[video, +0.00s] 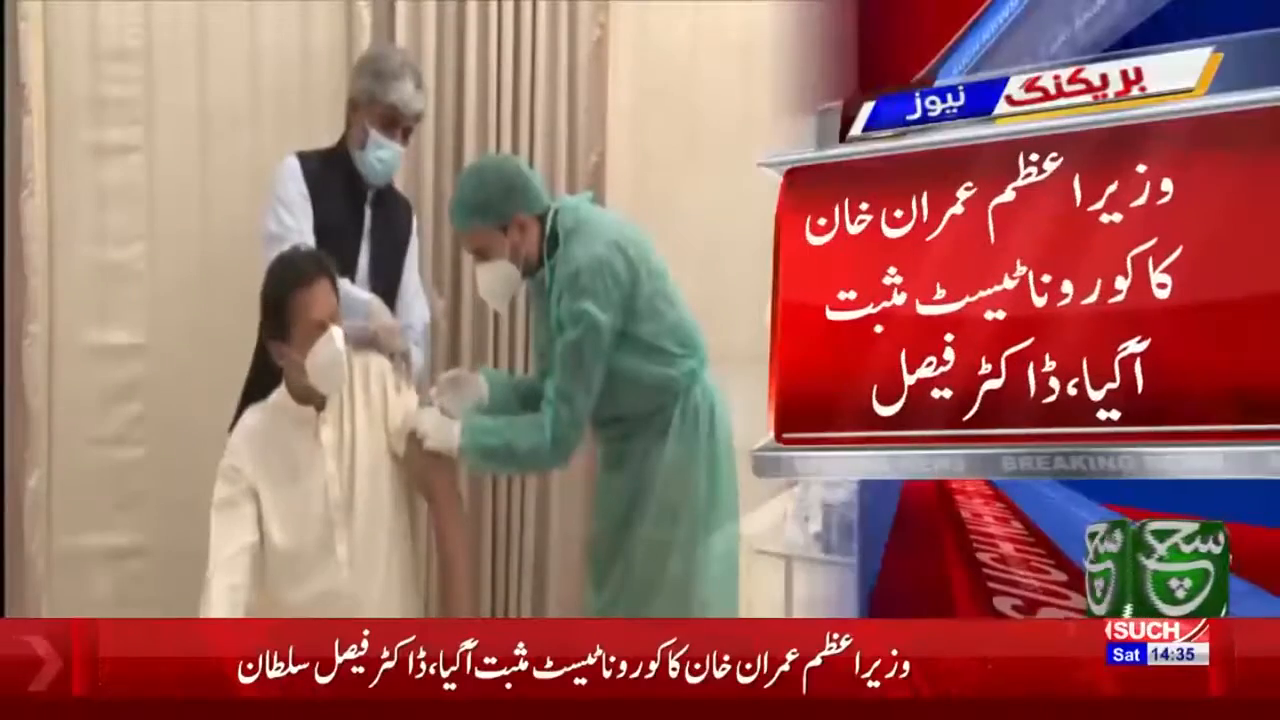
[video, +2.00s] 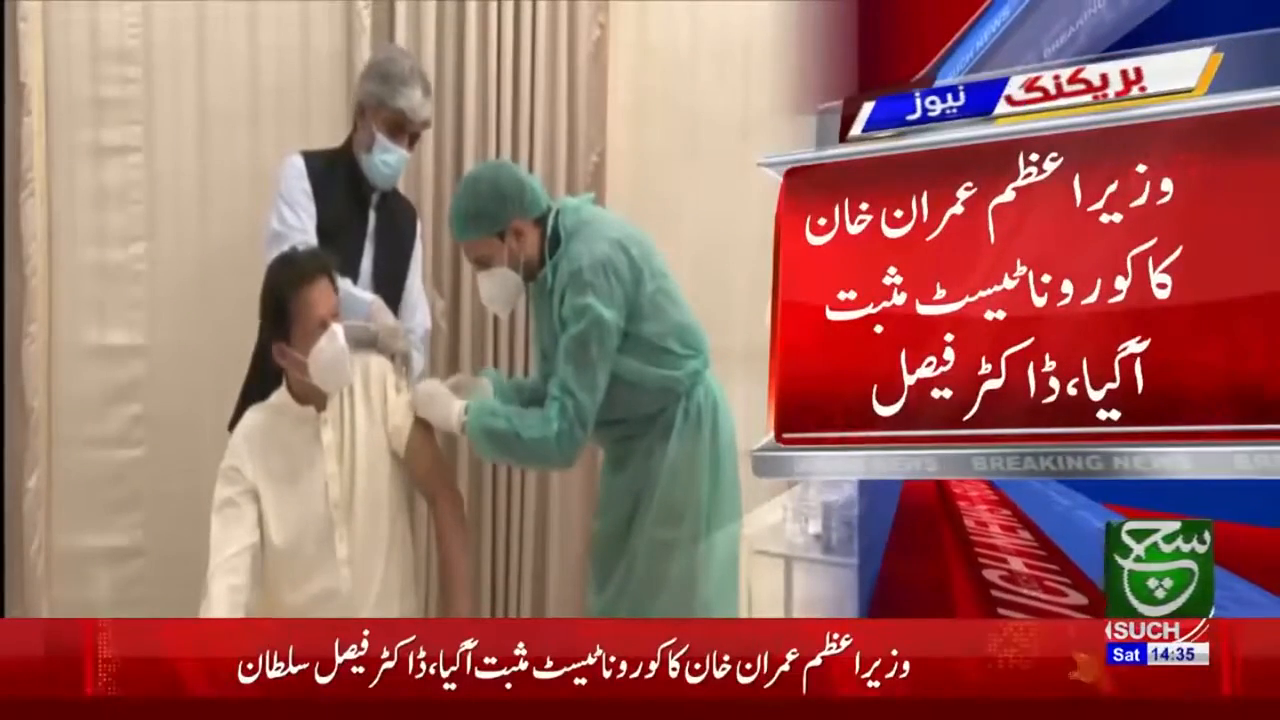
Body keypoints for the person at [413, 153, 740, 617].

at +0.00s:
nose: (481, 268)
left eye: (484, 254)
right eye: (475, 256)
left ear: (522, 228)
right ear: (522, 228)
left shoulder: (589, 260)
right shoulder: (552, 257)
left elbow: (558, 435)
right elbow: (551, 393)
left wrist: (459, 437)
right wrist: (485, 389)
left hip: (675, 432)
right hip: (628, 434)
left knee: (654, 596)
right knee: (614, 590)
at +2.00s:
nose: (483, 276)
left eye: (485, 263)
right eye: (476, 266)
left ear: (519, 233)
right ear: (519, 234)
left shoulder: (591, 261)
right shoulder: (553, 260)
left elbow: (562, 436)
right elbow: (554, 396)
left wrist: (461, 416)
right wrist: (488, 390)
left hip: (679, 434)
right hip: (632, 438)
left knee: (655, 604)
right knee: (614, 598)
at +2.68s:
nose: (487, 266)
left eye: (489, 252)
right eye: (480, 255)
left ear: (524, 224)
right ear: (526, 224)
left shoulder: (594, 256)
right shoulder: (562, 249)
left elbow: (565, 428)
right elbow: (581, 385)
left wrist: (461, 423)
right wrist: (514, 389)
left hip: (677, 436)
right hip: (634, 436)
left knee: (657, 605)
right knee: (616, 599)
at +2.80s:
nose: (488, 258)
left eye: (491, 244)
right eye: (482, 246)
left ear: (528, 218)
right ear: (528, 218)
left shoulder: (595, 254)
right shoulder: (565, 243)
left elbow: (565, 425)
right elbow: (586, 380)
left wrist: (463, 425)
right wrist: (523, 385)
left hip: (677, 436)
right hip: (633, 436)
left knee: (656, 605)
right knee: (614, 599)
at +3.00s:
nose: (493, 242)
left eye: (495, 228)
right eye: (487, 230)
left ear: (532, 204)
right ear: (531, 204)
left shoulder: (599, 248)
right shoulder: (568, 235)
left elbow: (569, 418)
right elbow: (583, 363)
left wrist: (471, 430)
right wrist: (532, 382)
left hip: (674, 435)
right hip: (631, 433)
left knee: (653, 599)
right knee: (615, 592)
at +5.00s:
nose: (495, 252)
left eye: (497, 234)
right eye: (486, 237)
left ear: (543, 195)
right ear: (545, 193)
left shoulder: (636, 229)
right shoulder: (584, 228)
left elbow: (589, 454)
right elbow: (579, 403)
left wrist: (458, 462)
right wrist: (491, 401)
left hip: (747, 467)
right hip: (678, 473)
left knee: (738, 664)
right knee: (656, 659)